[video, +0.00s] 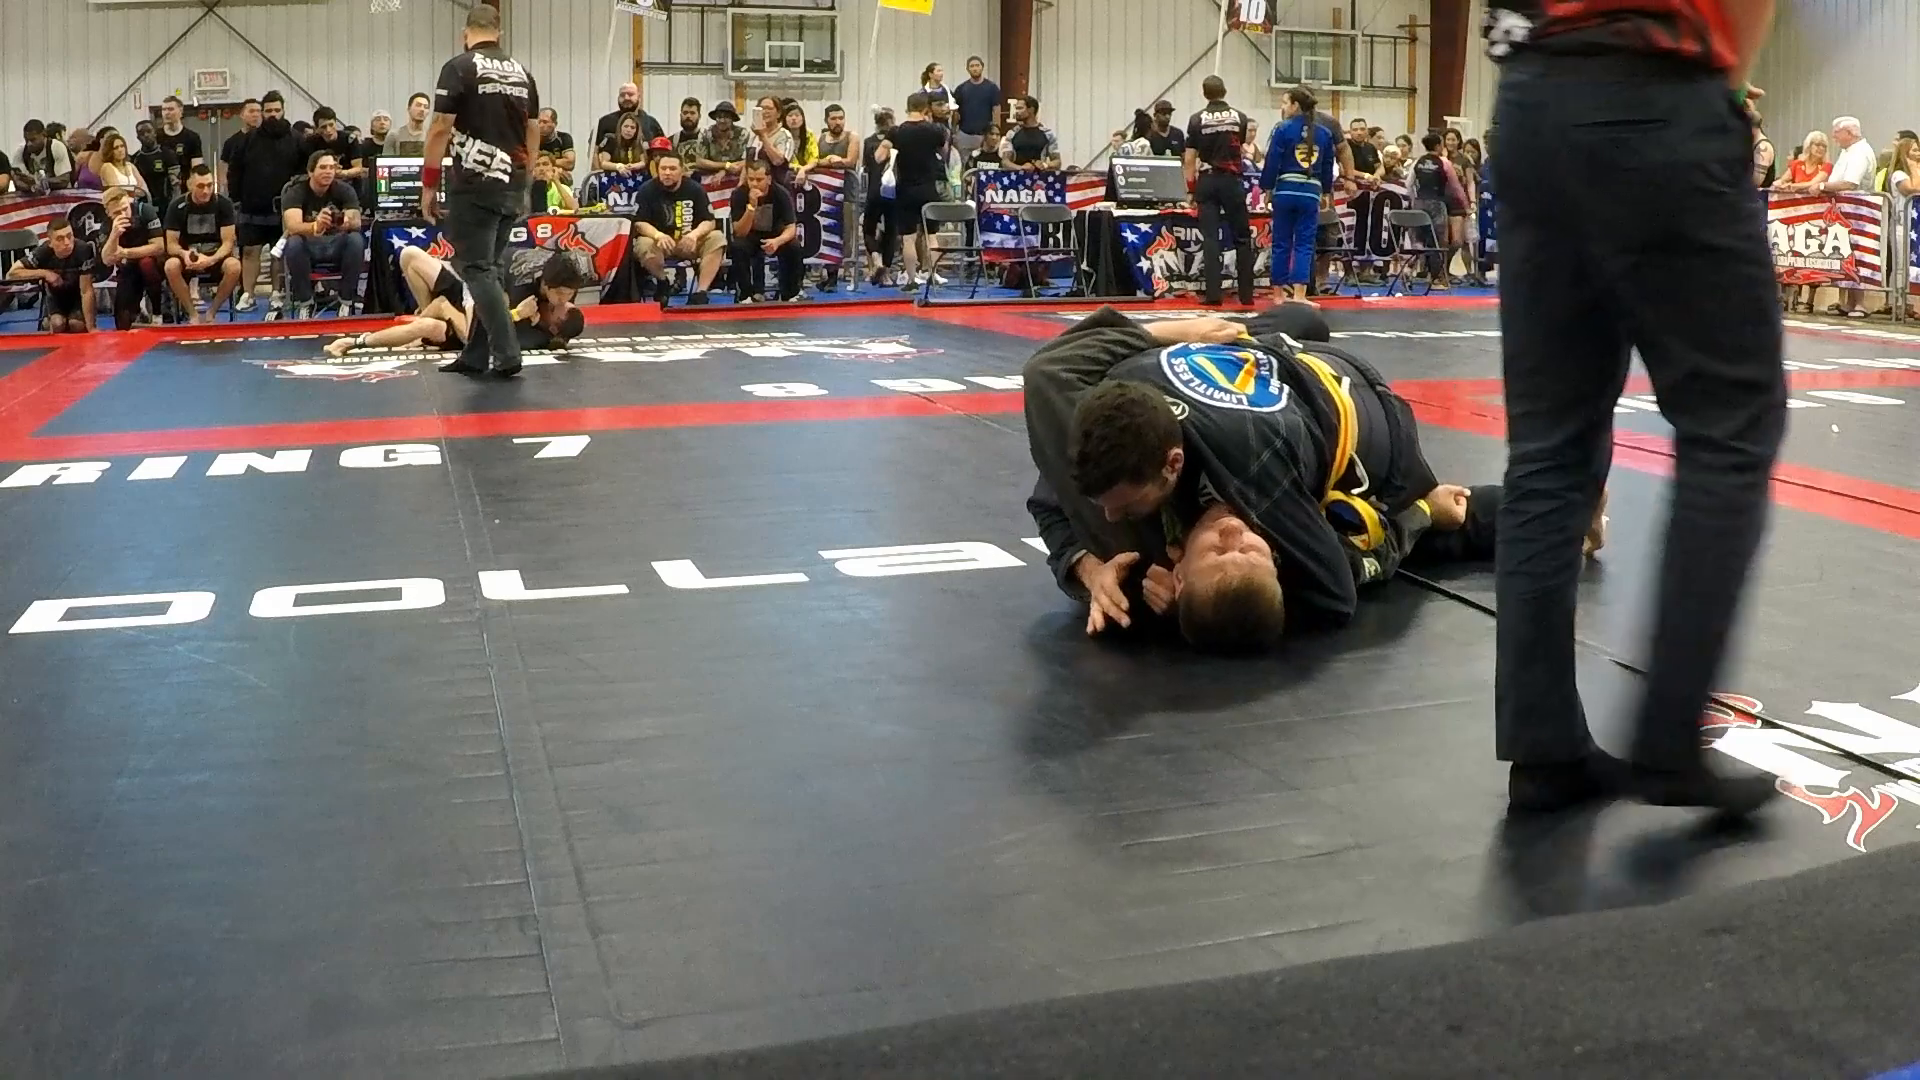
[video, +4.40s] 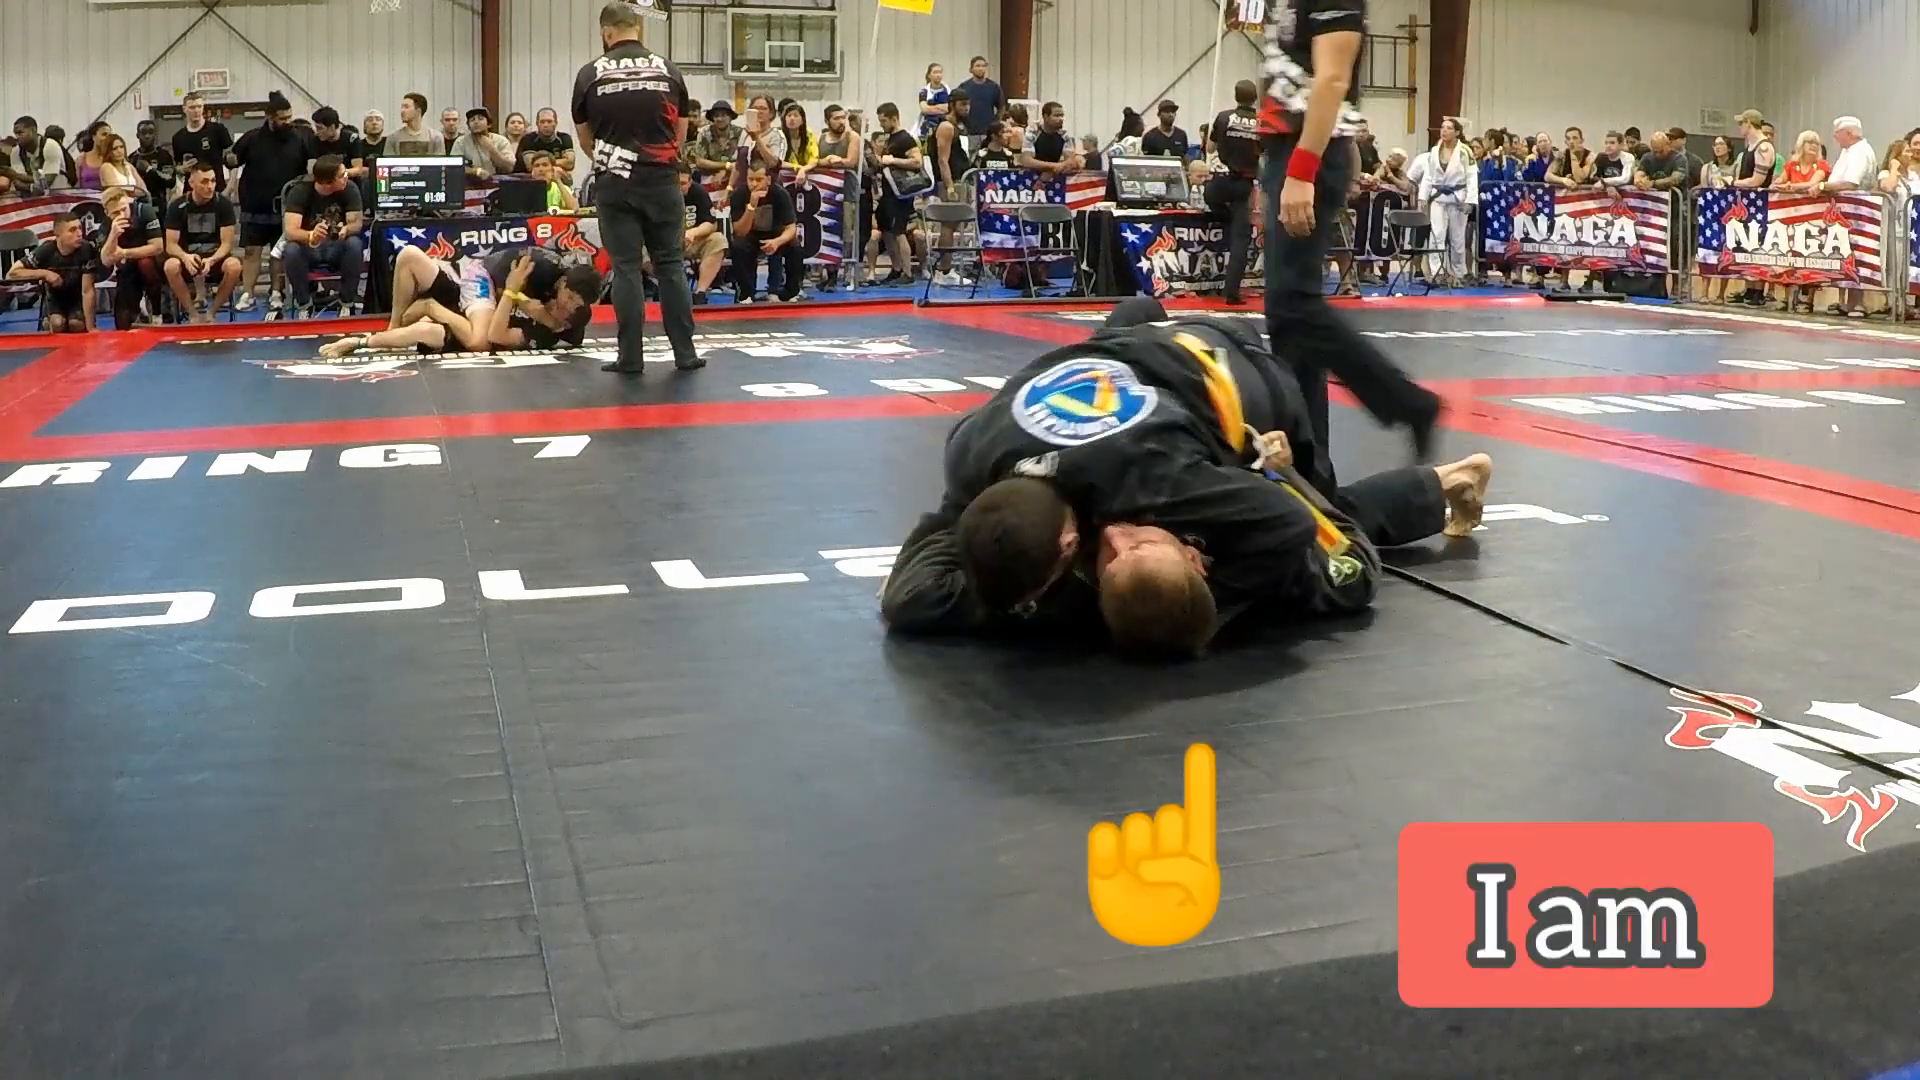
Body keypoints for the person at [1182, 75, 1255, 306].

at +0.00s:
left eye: (1205, 91)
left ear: (1204, 94)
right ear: (1224, 93)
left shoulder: (1196, 120)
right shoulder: (1241, 118)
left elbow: (1189, 159)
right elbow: (1243, 144)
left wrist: (1191, 189)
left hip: (1207, 179)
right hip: (1233, 180)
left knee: (1210, 238)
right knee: (1242, 238)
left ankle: (1213, 295)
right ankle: (1246, 295)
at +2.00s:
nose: (1226, 96)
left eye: (1225, 93)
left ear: (1226, 95)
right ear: (1245, 96)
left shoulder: (1214, 117)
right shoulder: (1256, 119)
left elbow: (1204, 155)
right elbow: (1250, 149)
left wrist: (1197, 185)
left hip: (1218, 178)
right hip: (1242, 180)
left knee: (1230, 233)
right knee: (1238, 237)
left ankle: (1233, 285)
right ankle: (1232, 292)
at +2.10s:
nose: (1223, 98)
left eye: (1224, 95)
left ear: (1226, 96)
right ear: (1245, 96)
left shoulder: (1214, 119)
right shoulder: (1256, 120)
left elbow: (1205, 157)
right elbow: (1251, 148)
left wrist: (1197, 186)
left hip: (1218, 179)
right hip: (1242, 181)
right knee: (1237, 238)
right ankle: (1231, 292)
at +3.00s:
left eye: (1236, 93)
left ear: (1232, 96)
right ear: (1251, 97)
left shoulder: (1221, 119)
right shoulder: (1261, 121)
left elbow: (1210, 155)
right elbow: (1259, 151)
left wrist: (1199, 170)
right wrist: (1246, 165)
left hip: (1220, 178)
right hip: (1244, 182)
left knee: (1210, 198)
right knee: (1238, 239)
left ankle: (1227, 222)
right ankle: (1231, 292)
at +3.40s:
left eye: (1232, 95)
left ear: (1231, 97)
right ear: (1250, 97)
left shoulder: (1220, 120)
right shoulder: (1262, 120)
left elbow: (1204, 148)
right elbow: (1259, 145)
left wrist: (1204, 135)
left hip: (1224, 180)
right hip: (1247, 183)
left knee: (1208, 197)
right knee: (1241, 239)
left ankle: (1230, 223)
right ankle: (1232, 293)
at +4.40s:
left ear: (1235, 97)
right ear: (1255, 98)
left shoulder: (1223, 117)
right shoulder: (1261, 120)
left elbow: (1211, 146)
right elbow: (1263, 148)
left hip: (1223, 176)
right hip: (1245, 179)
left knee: (1211, 198)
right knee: (1241, 237)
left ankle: (1230, 219)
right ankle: (1231, 292)